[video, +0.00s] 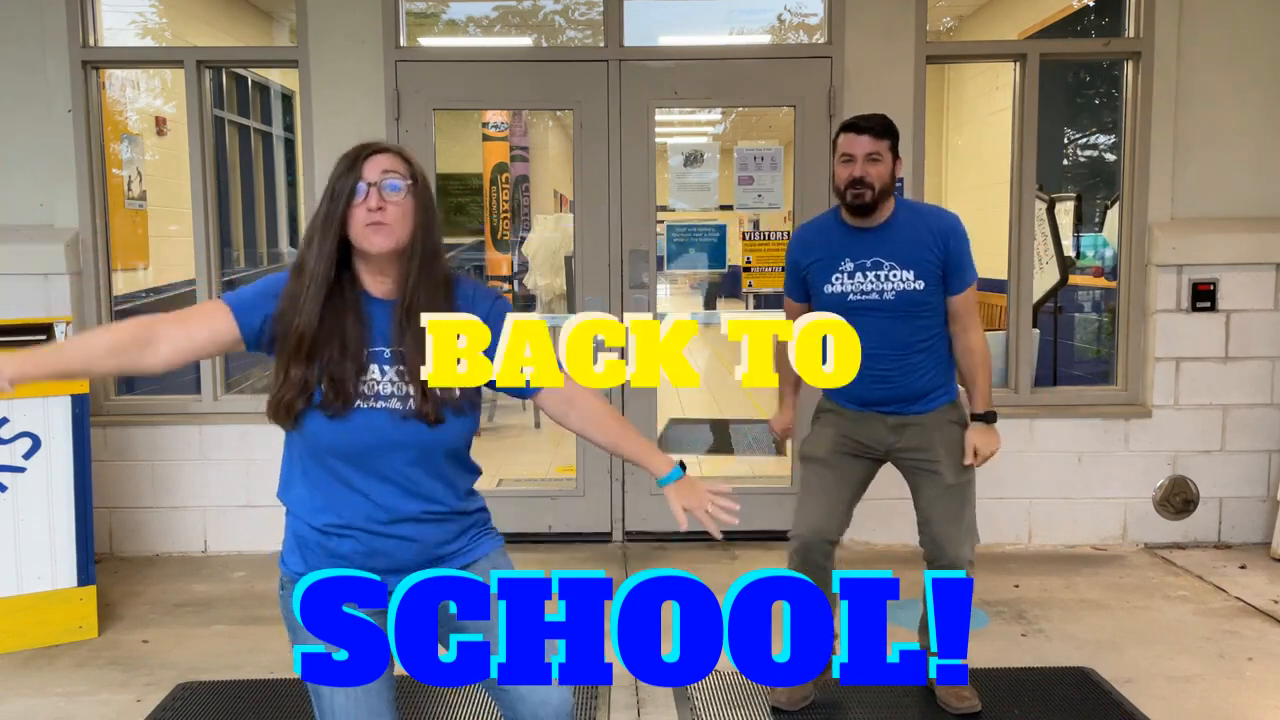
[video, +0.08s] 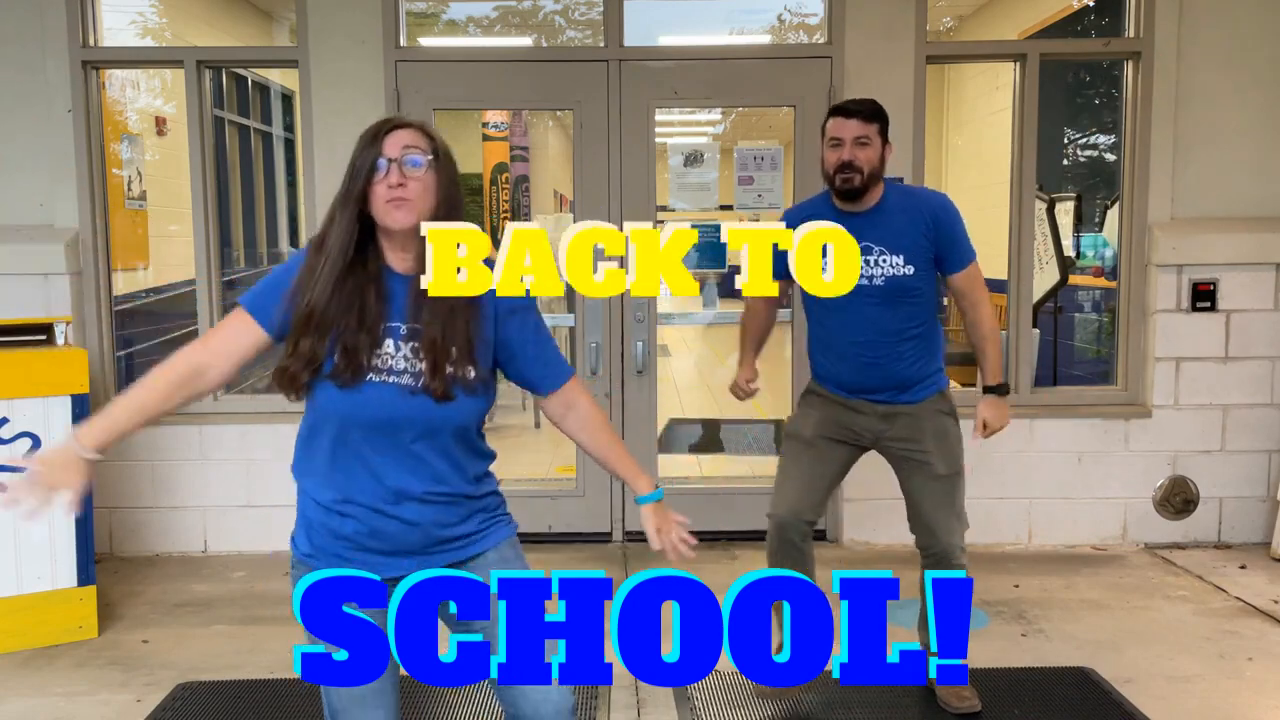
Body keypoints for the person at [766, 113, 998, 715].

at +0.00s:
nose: (858, 171)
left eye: (872, 159)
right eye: (847, 159)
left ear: (896, 167)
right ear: (832, 168)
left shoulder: (940, 232)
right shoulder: (808, 243)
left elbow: (966, 328)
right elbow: (794, 331)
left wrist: (982, 415)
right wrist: (787, 402)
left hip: (932, 420)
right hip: (842, 418)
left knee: (952, 554)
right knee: (809, 539)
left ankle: (948, 665)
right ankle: (806, 661)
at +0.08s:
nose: (846, 155)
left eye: (860, 143)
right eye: (835, 144)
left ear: (885, 152)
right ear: (821, 153)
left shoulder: (930, 213)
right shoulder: (801, 222)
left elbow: (974, 296)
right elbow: (765, 294)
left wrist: (992, 387)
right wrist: (746, 359)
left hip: (920, 410)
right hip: (829, 406)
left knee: (944, 546)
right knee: (786, 519)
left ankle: (950, 667)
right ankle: (795, 651)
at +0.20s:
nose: (819, 145)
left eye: (833, 132)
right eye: (807, 134)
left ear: (858, 138)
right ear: (794, 145)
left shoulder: (905, 194)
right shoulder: (773, 212)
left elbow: (975, 266)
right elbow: (723, 276)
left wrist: (1013, 348)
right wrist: (686, 336)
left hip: (898, 398)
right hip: (810, 394)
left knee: (933, 529)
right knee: (763, 523)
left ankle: (942, 657)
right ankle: (720, 663)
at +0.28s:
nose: (795, 158)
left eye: (808, 144)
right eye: (782, 148)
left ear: (833, 148)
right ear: (771, 157)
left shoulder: (882, 202)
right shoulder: (752, 228)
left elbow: (968, 262)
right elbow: (680, 289)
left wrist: (1017, 337)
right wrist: (644, 354)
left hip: (879, 412)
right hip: (787, 418)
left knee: (926, 551)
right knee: (738, 545)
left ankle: (940, 661)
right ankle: (690, 678)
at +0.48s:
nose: (718, 140)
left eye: (728, 126)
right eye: (704, 132)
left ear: (756, 130)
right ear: (693, 143)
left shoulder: (804, 186)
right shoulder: (680, 208)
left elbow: (856, 252)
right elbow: (632, 281)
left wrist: (902, 318)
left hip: (804, 401)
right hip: (714, 406)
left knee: (856, 525)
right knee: (688, 543)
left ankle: (907, 650)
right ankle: (678, 680)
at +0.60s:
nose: (675, 137)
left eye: (686, 122)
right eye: (661, 130)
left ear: (713, 128)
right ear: (651, 145)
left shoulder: (760, 191)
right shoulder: (642, 213)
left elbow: (780, 275)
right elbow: (623, 296)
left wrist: (812, 331)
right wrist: (626, 368)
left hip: (755, 395)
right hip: (674, 399)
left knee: (789, 518)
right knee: (651, 524)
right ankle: (659, 666)